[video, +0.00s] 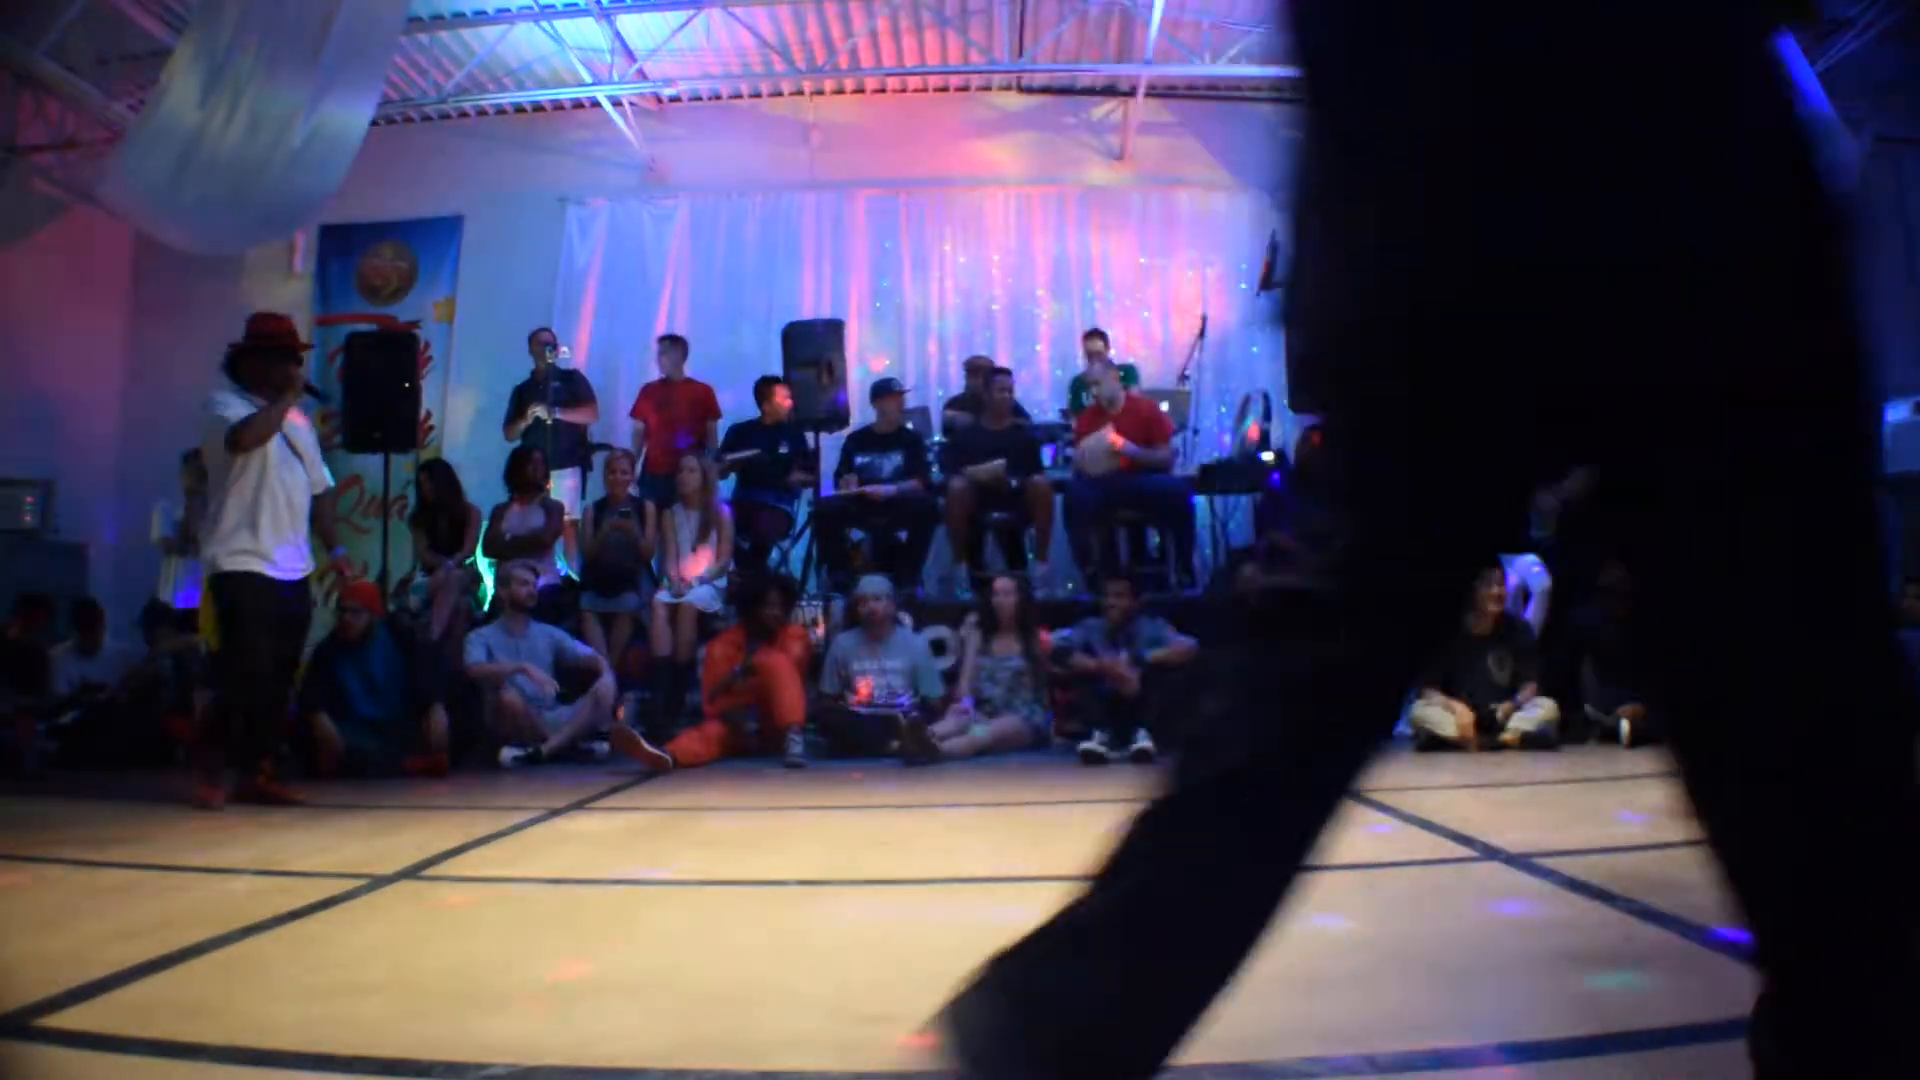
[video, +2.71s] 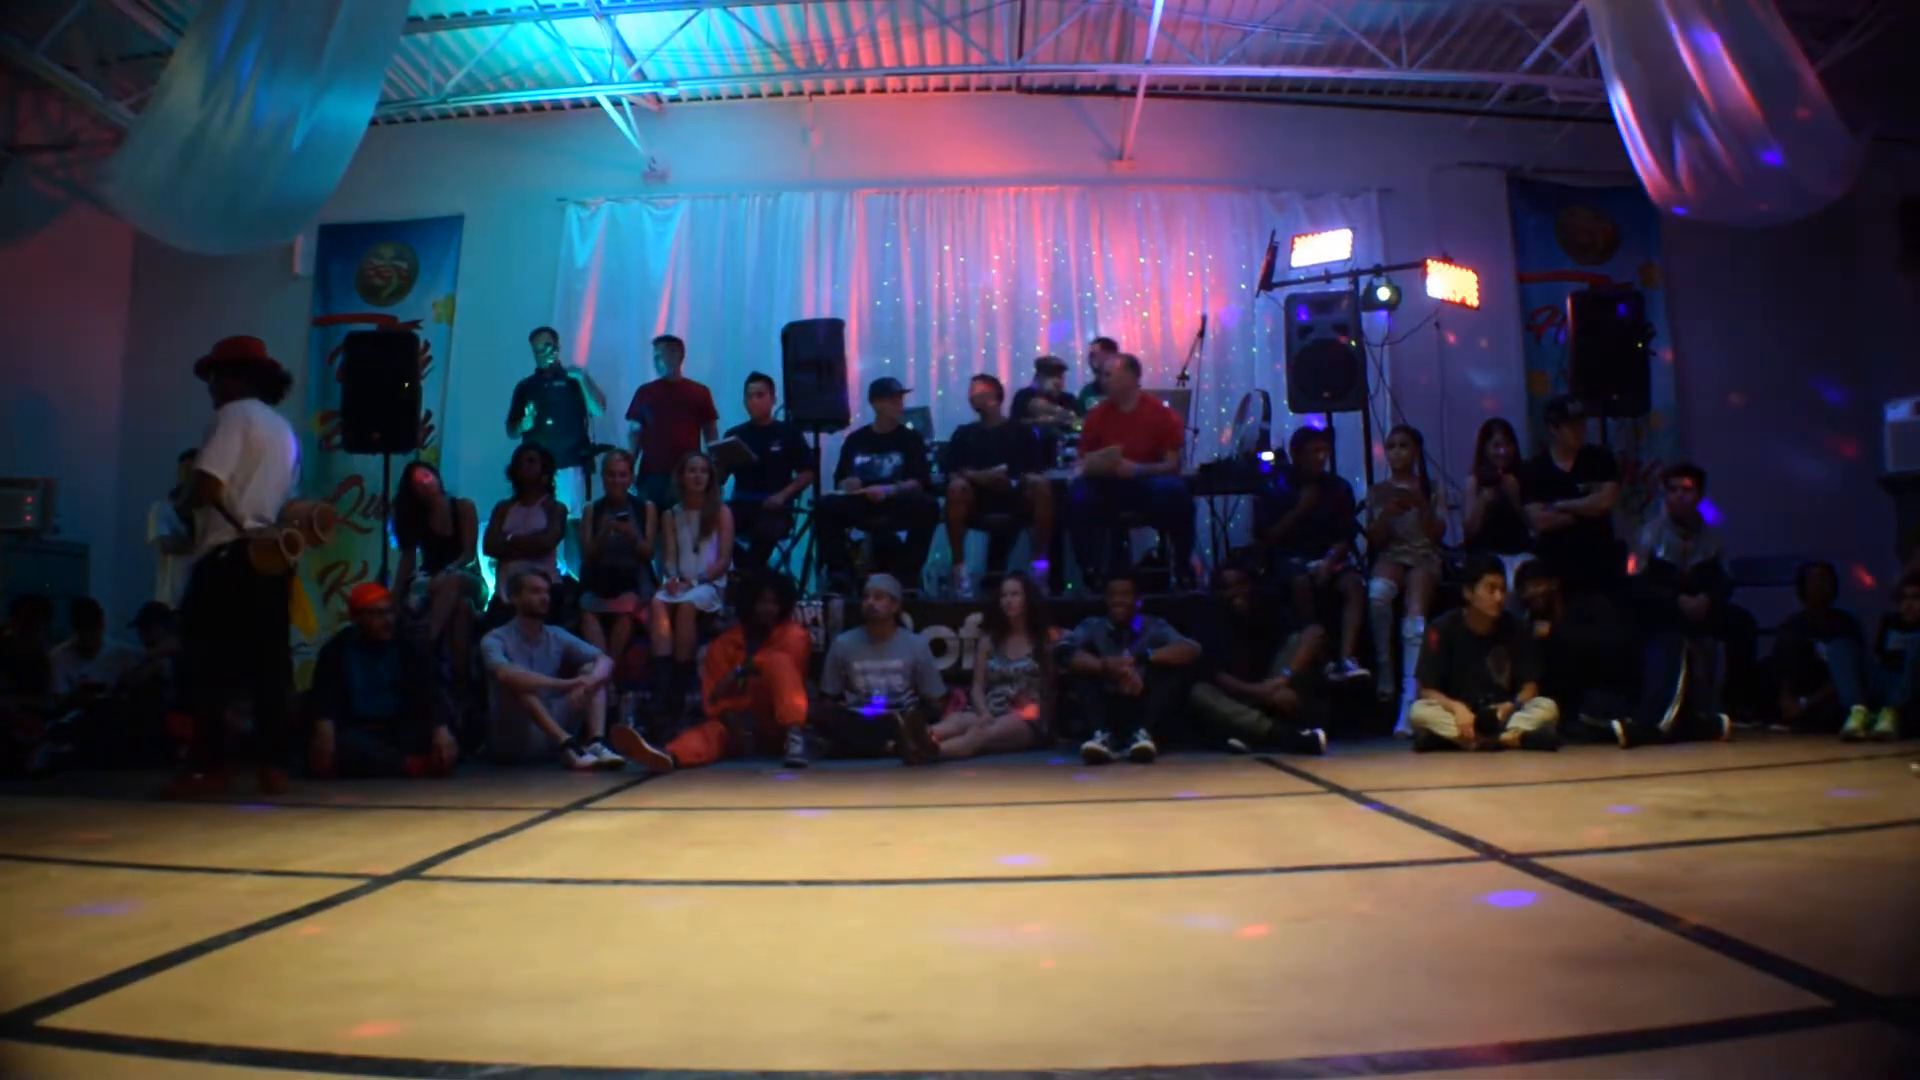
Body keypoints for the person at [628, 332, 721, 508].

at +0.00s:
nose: (660, 360)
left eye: (666, 353)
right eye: (659, 354)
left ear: (682, 355)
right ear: (658, 357)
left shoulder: (703, 392)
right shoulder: (649, 391)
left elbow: (711, 436)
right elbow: (638, 433)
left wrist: (709, 471)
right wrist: (631, 470)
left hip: (691, 477)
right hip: (655, 474)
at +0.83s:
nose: (674, 360)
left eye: (678, 355)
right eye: (668, 356)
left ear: (684, 358)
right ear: (659, 359)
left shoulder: (698, 394)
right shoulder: (645, 394)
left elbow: (709, 433)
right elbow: (633, 434)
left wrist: (692, 448)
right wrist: (630, 472)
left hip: (686, 472)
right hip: (653, 469)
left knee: (683, 528)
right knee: (650, 528)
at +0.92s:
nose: (675, 360)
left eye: (679, 355)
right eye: (669, 356)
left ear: (684, 357)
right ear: (659, 359)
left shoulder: (698, 393)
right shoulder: (643, 393)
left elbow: (711, 433)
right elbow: (632, 434)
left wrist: (695, 429)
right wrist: (629, 471)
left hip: (686, 475)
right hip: (652, 472)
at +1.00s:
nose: (675, 360)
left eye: (679, 354)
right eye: (669, 355)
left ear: (684, 357)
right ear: (659, 359)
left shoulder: (697, 392)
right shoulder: (643, 392)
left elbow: (711, 431)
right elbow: (632, 433)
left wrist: (692, 413)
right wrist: (628, 471)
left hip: (686, 476)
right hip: (651, 474)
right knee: (648, 533)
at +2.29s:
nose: (669, 360)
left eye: (674, 354)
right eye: (664, 356)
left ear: (684, 357)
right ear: (659, 360)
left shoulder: (699, 393)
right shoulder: (645, 393)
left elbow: (713, 431)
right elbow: (634, 434)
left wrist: (690, 423)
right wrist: (629, 471)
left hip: (688, 476)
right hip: (653, 473)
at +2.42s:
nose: (659, 361)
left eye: (664, 355)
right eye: (656, 356)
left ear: (680, 356)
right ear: (654, 360)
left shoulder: (699, 393)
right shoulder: (644, 393)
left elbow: (711, 433)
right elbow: (634, 433)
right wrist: (628, 469)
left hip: (686, 476)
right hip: (652, 473)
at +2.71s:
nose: (656, 361)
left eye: (661, 355)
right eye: (655, 356)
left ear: (679, 356)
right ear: (653, 360)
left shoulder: (699, 393)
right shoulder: (645, 392)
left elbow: (711, 435)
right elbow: (634, 434)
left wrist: (715, 473)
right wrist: (628, 471)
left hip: (687, 478)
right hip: (651, 475)